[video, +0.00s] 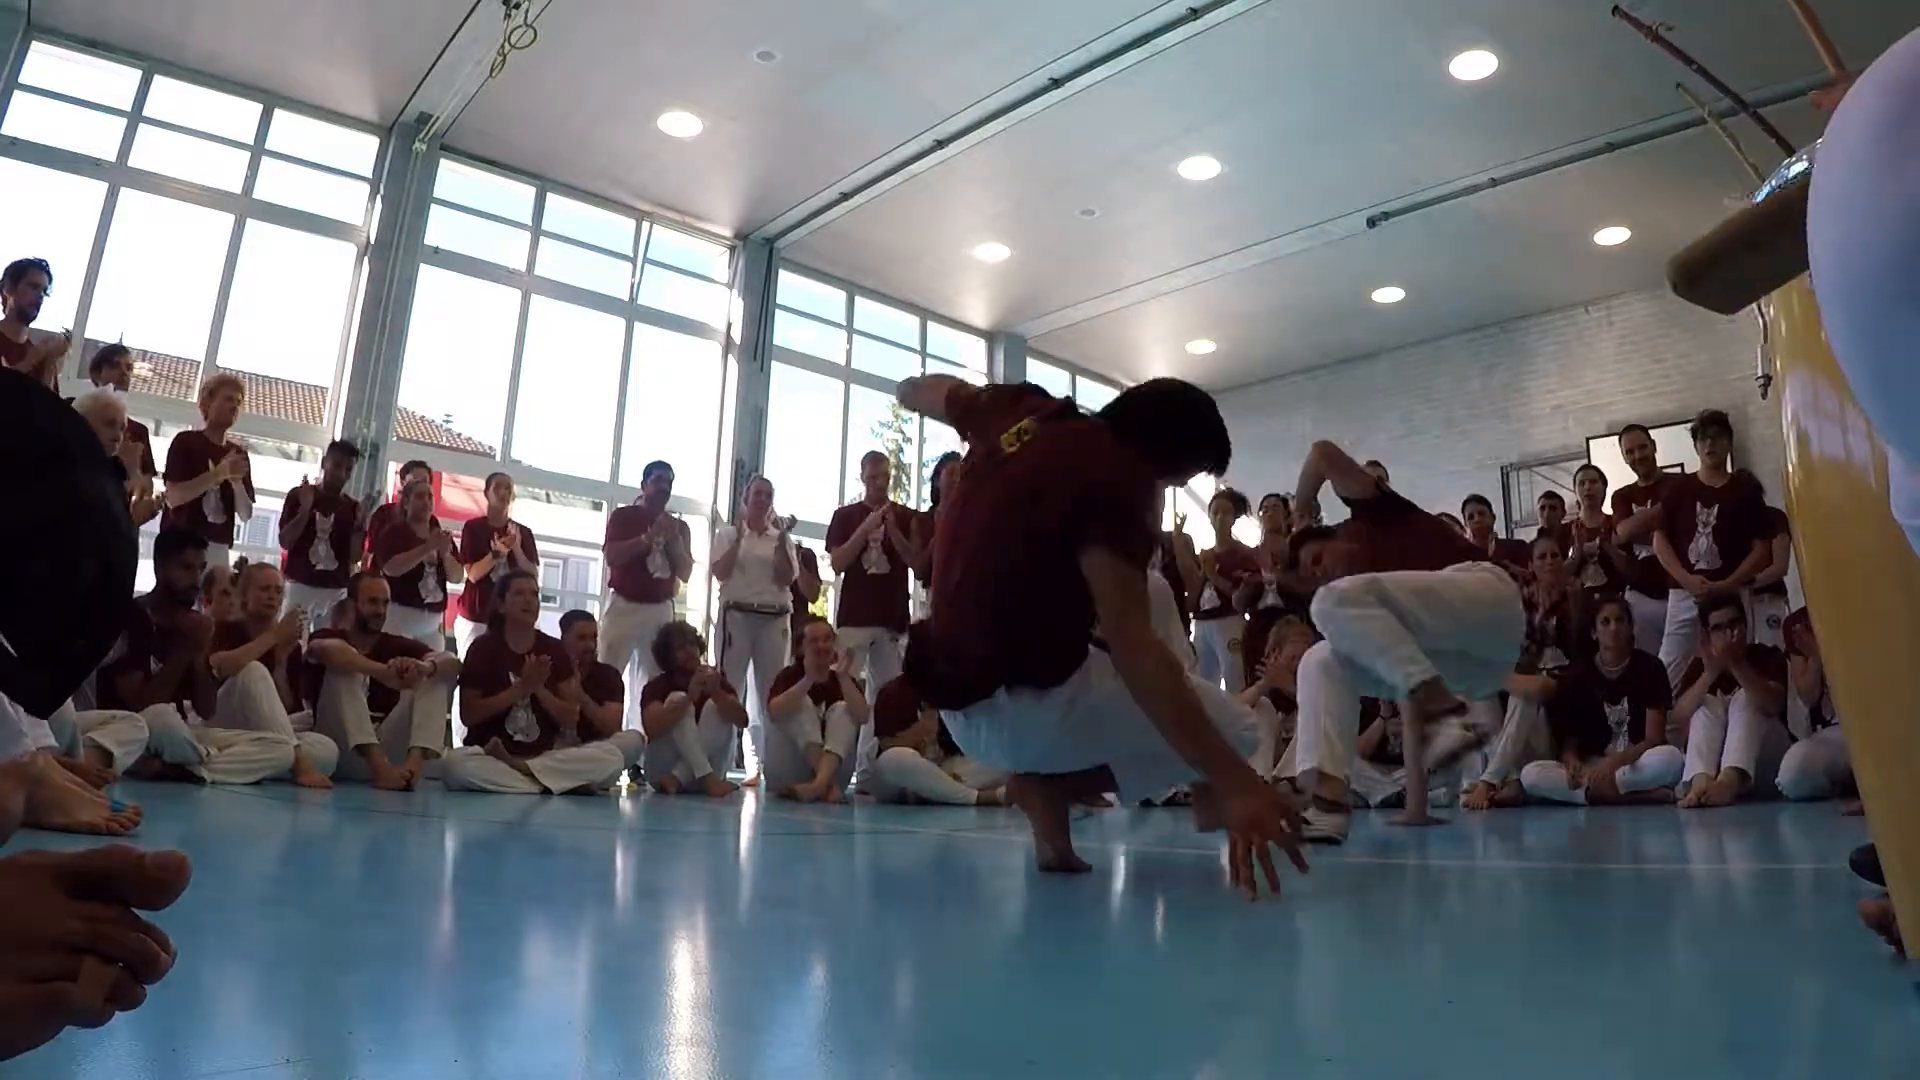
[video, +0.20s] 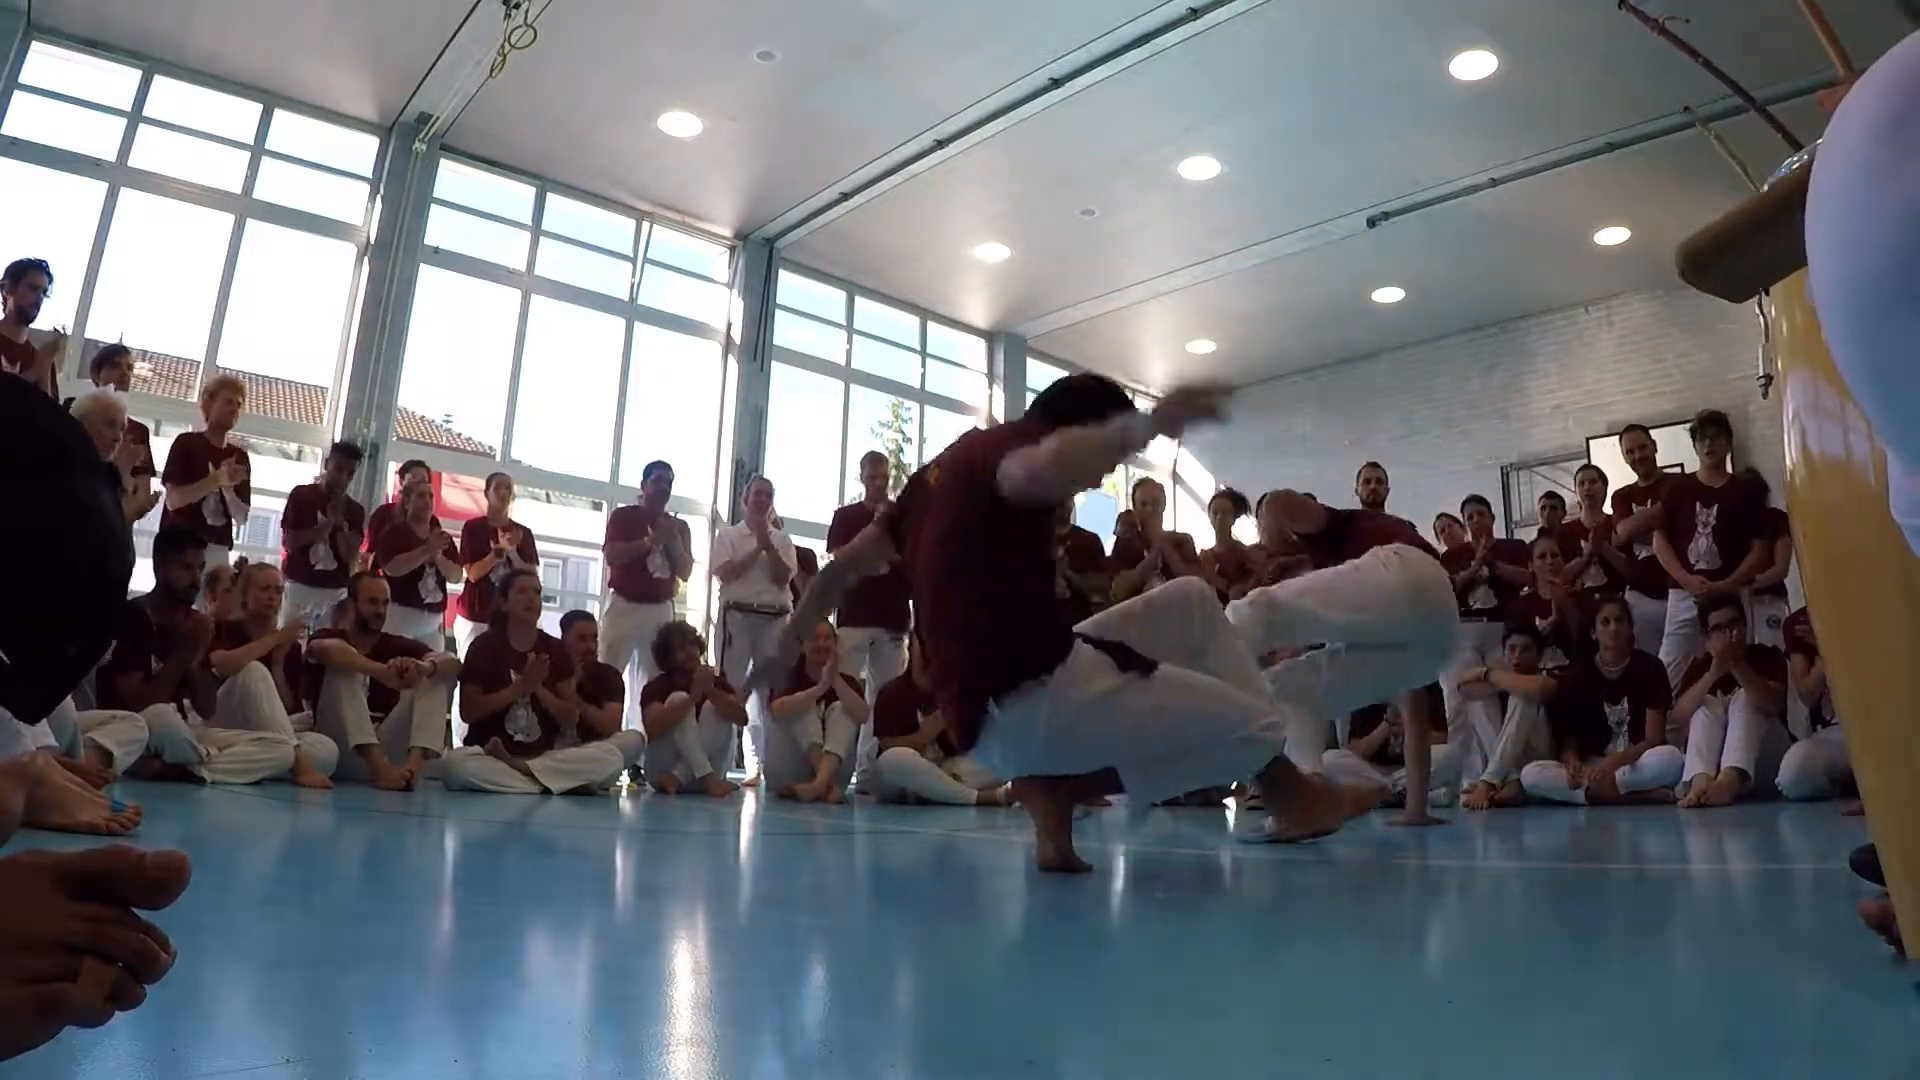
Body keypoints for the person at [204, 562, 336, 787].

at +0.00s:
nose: (273, 597)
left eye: (278, 591)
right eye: (264, 589)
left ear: (283, 597)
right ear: (244, 593)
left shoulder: (290, 647)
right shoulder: (225, 630)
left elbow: (290, 708)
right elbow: (219, 667)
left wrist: (281, 661)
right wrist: (274, 637)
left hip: (271, 732)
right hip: (223, 724)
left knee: (326, 751)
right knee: (253, 671)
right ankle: (299, 763)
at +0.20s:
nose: (273, 597)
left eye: (278, 591)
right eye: (264, 589)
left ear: (283, 596)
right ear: (245, 593)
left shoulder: (290, 646)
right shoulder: (224, 630)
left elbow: (292, 708)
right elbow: (221, 665)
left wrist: (277, 667)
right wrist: (279, 637)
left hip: (271, 733)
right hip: (223, 724)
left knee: (326, 751)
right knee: (253, 672)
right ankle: (299, 763)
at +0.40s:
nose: (273, 597)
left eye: (278, 591)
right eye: (264, 589)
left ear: (283, 597)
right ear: (245, 593)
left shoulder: (288, 644)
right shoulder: (224, 629)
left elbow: (291, 711)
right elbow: (220, 666)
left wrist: (282, 662)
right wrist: (275, 637)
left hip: (272, 733)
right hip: (223, 725)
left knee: (326, 751)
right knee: (253, 672)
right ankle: (299, 763)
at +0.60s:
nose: (273, 597)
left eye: (278, 591)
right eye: (264, 590)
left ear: (283, 596)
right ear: (244, 596)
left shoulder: (289, 645)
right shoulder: (226, 630)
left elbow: (292, 713)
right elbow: (220, 666)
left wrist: (278, 665)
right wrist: (278, 639)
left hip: (274, 734)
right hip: (225, 726)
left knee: (326, 752)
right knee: (253, 671)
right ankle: (299, 762)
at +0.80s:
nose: (273, 597)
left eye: (278, 591)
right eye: (264, 590)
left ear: (283, 596)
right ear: (244, 595)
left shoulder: (289, 645)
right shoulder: (225, 630)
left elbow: (292, 713)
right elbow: (220, 665)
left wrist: (277, 667)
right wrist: (278, 641)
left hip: (274, 734)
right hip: (225, 726)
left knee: (326, 752)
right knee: (253, 671)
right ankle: (299, 763)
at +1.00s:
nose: (273, 598)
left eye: (278, 592)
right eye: (264, 590)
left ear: (283, 597)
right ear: (245, 595)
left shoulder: (289, 645)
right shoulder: (226, 630)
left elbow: (290, 712)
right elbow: (220, 665)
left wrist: (282, 665)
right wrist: (279, 640)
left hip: (273, 734)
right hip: (225, 726)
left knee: (326, 752)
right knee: (253, 671)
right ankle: (300, 763)